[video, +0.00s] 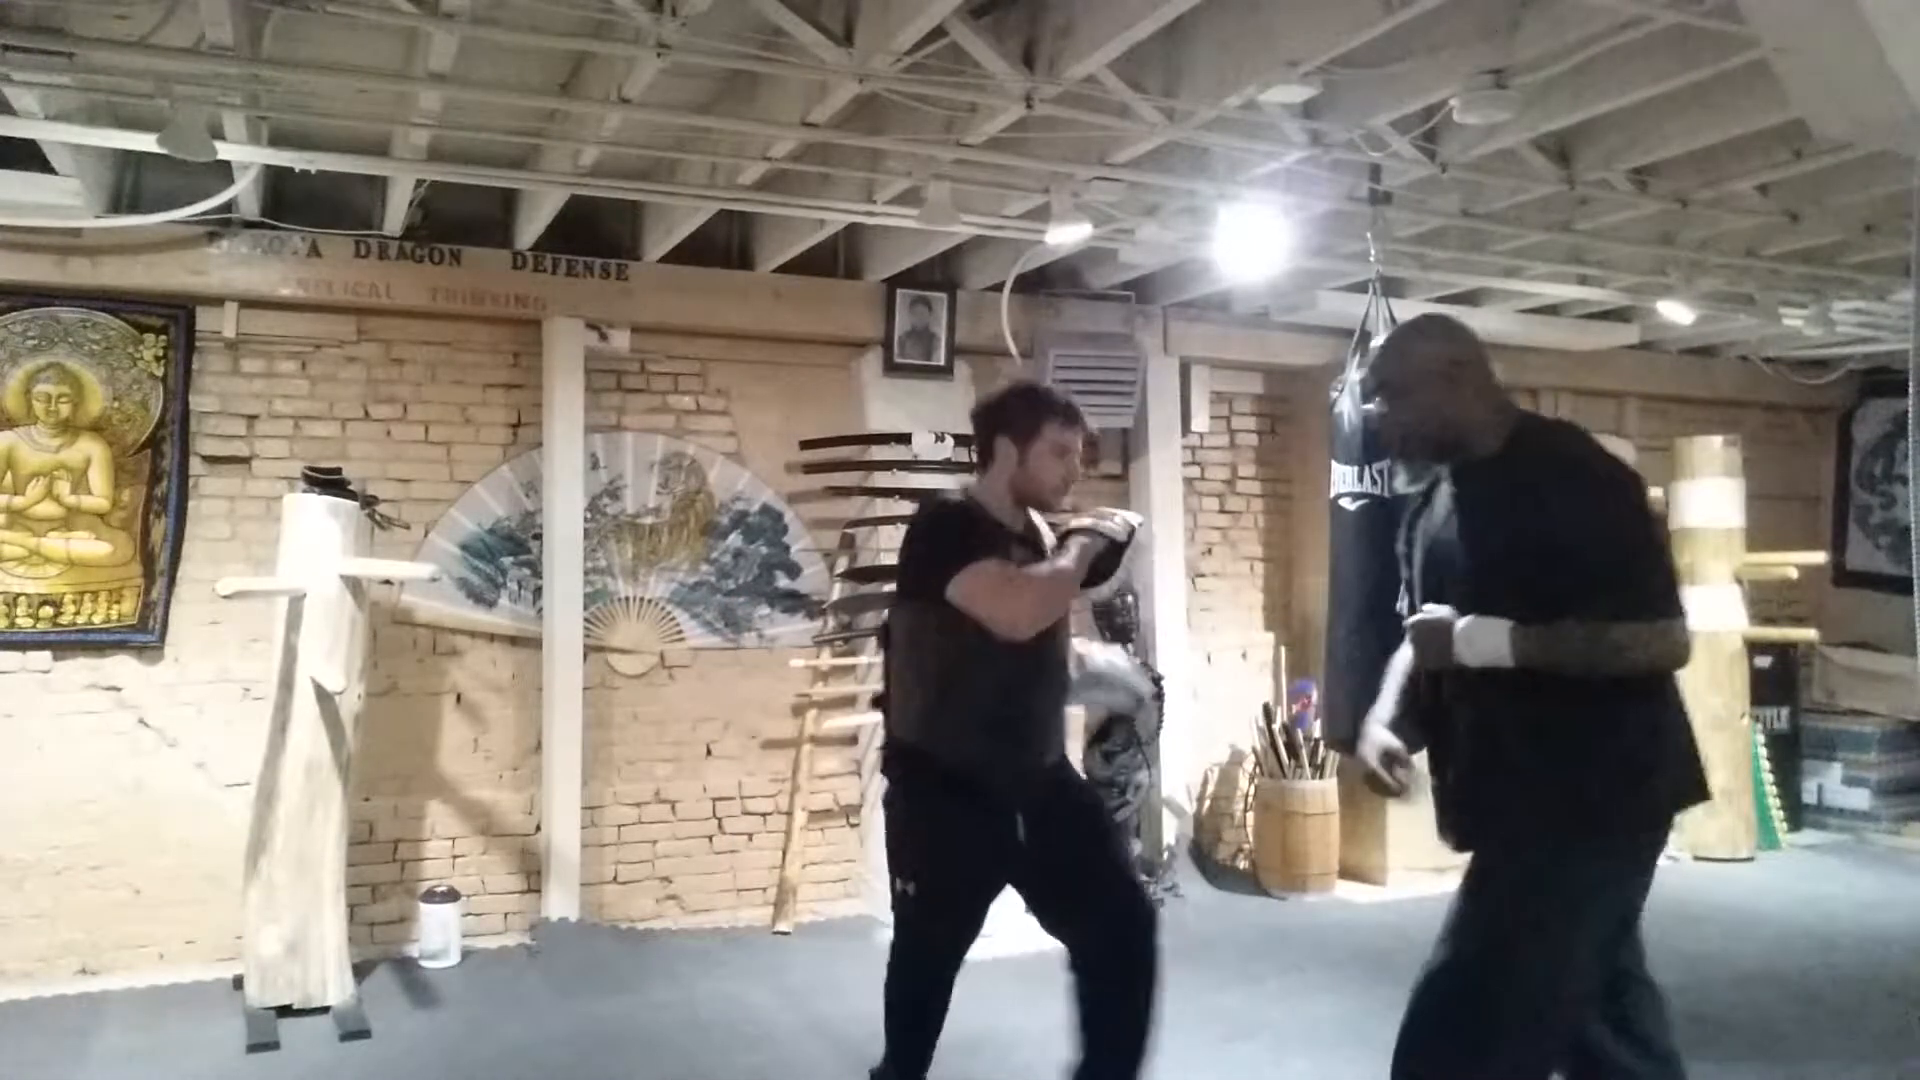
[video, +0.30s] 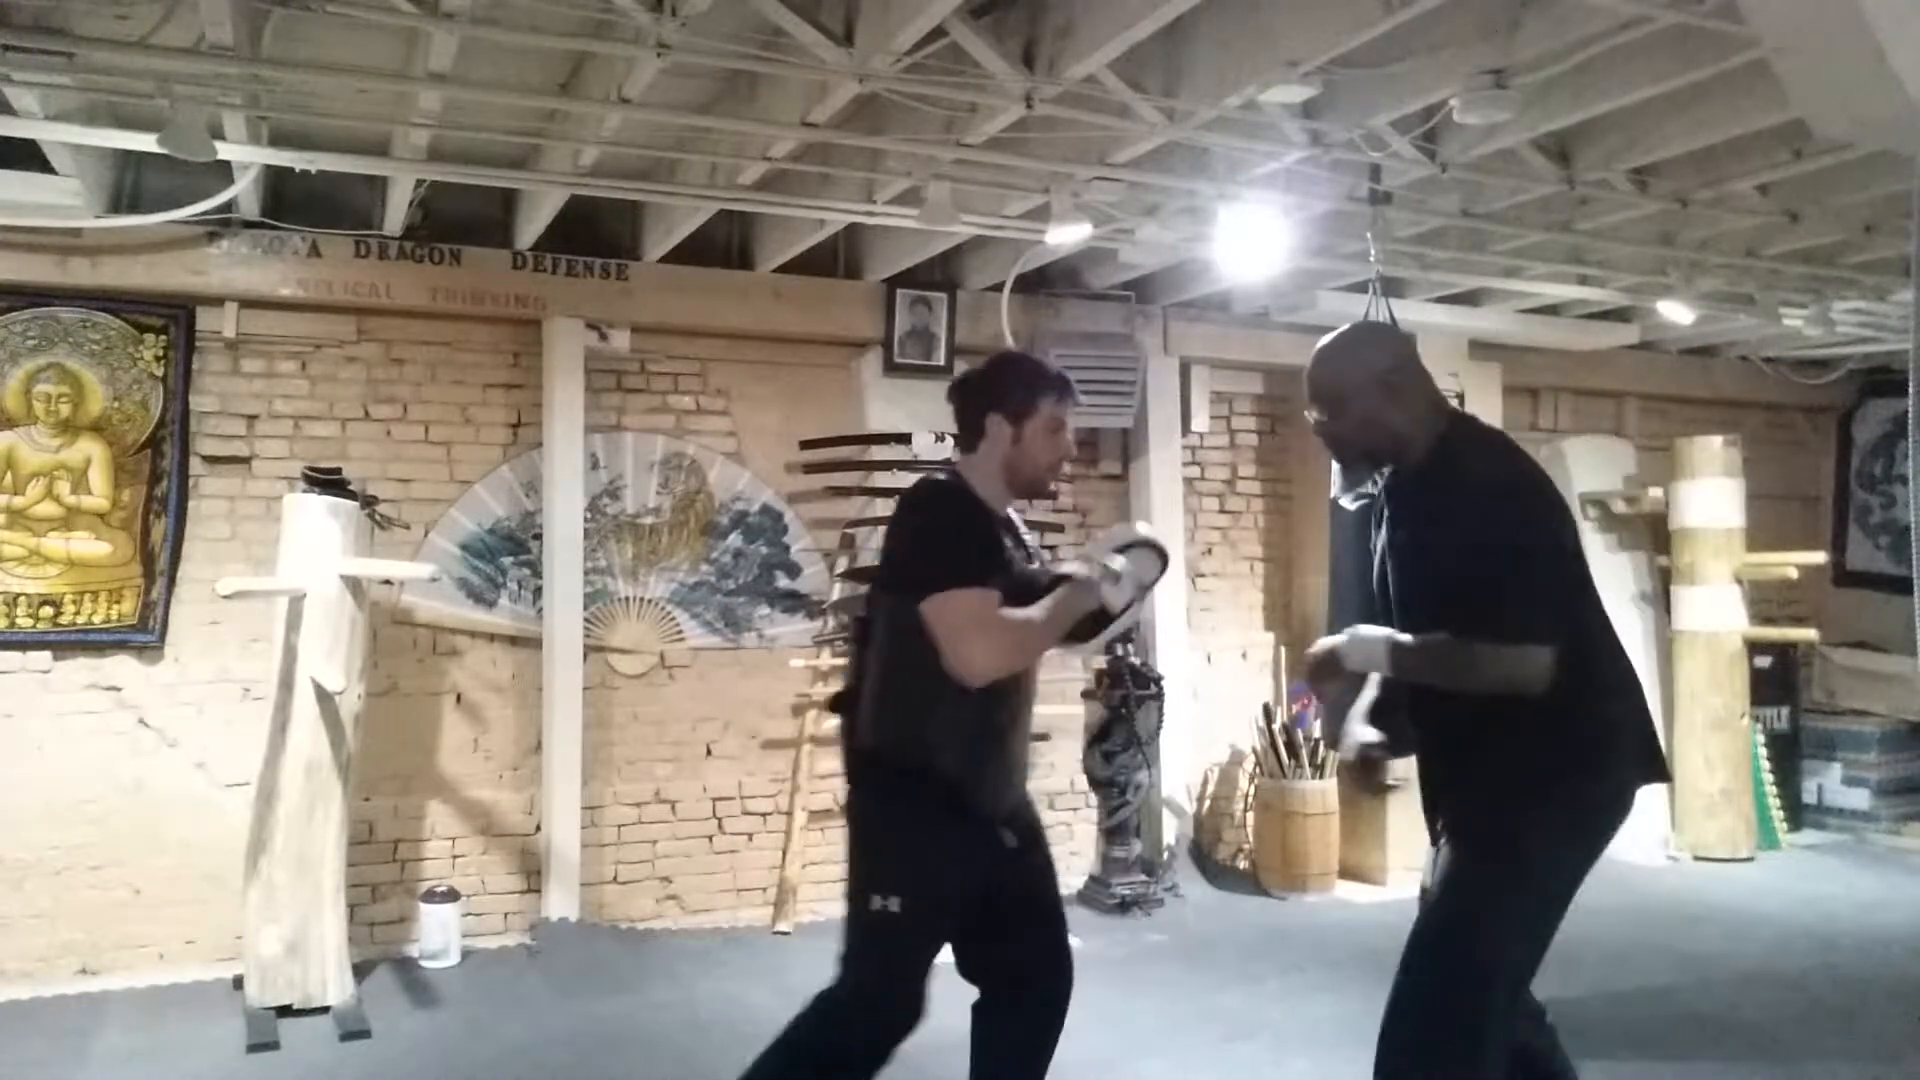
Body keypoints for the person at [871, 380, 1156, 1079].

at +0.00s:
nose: (1075, 471)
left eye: (1078, 457)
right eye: (1063, 452)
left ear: (1016, 454)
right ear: (1007, 448)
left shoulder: (1042, 538)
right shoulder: (941, 526)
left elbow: (1047, 645)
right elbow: (1012, 612)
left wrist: (1115, 674)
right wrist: (1082, 558)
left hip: (1037, 784)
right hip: (943, 789)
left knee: (1120, 926)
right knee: (928, 949)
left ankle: (1105, 1074)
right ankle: (901, 1070)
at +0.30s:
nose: (1068, 449)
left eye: (1070, 431)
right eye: (1057, 429)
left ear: (1010, 433)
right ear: (1001, 428)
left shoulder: (998, 526)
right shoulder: (938, 508)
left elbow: (1017, 625)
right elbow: (973, 651)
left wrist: (1092, 594)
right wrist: (1070, 600)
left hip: (989, 800)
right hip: (910, 799)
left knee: (1032, 985)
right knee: (878, 1000)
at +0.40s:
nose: (1047, 442)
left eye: (1046, 424)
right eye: (1037, 423)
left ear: (989, 422)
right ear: (982, 419)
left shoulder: (980, 521)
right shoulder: (909, 505)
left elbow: (999, 628)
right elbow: (941, 655)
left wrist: (1082, 591)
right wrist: (1039, 609)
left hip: (961, 816)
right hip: (879, 816)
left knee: (1005, 1017)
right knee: (812, 1023)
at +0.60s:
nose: (968, 463)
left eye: (969, 444)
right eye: (960, 441)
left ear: (900, 438)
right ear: (902, 435)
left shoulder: (888, 549)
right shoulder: (811, 526)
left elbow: (921, 648)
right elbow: (858, 682)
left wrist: (990, 592)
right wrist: (965, 606)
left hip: (879, 856)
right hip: (792, 859)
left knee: (944, 1026)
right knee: (736, 1063)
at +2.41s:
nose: (930, 428)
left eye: (930, 410)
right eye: (919, 407)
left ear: (864, 411)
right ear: (862, 408)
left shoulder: (876, 522)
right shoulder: (794, 512)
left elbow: (949, 594)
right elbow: (892, 632)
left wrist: (1027, 517)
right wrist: (987, 508)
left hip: (905, 832)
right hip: (823, 836)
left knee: (961, 1035)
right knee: (793, 1057)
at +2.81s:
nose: (937, 436)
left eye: (938, 418)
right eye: (925, 415)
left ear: (870, 420)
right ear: (866, 418)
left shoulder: (879, 531)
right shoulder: (782, 518)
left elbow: (955, 617)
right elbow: (874, 639)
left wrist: (994, 511)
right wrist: (965, 494)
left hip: (911, 838)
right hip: (818, 846)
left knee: (987, 1010)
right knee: (790, 1062)